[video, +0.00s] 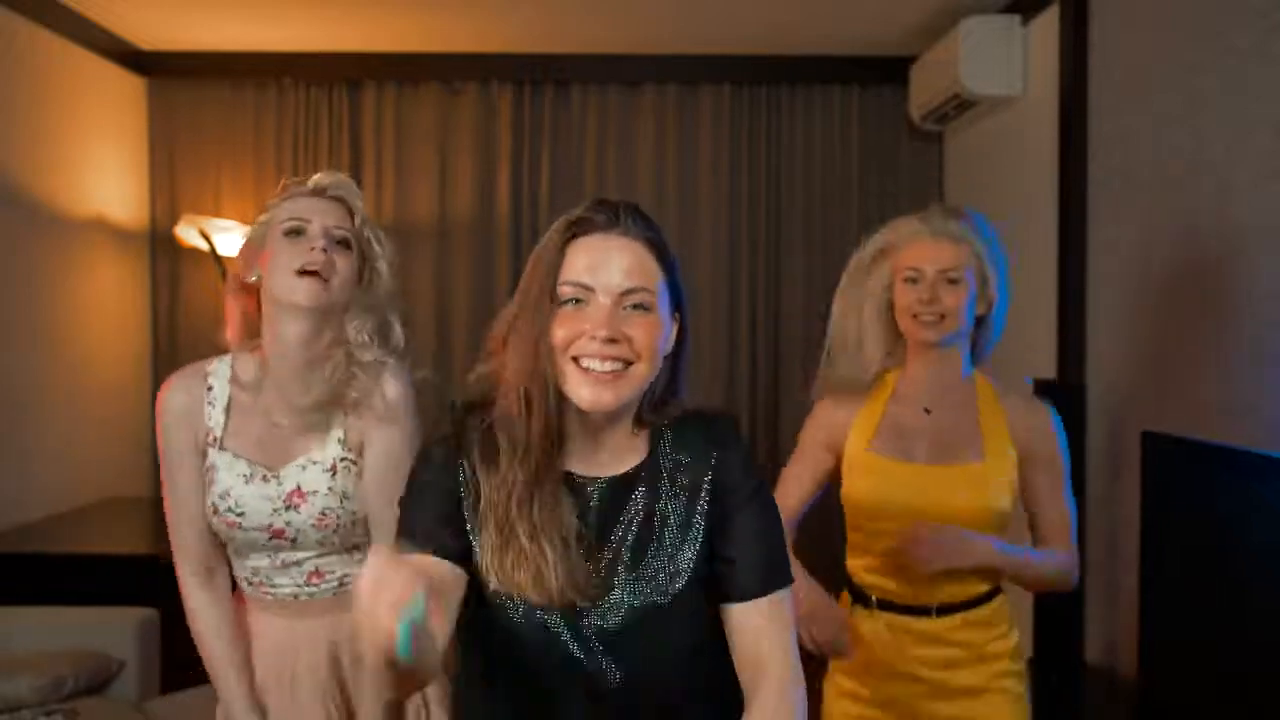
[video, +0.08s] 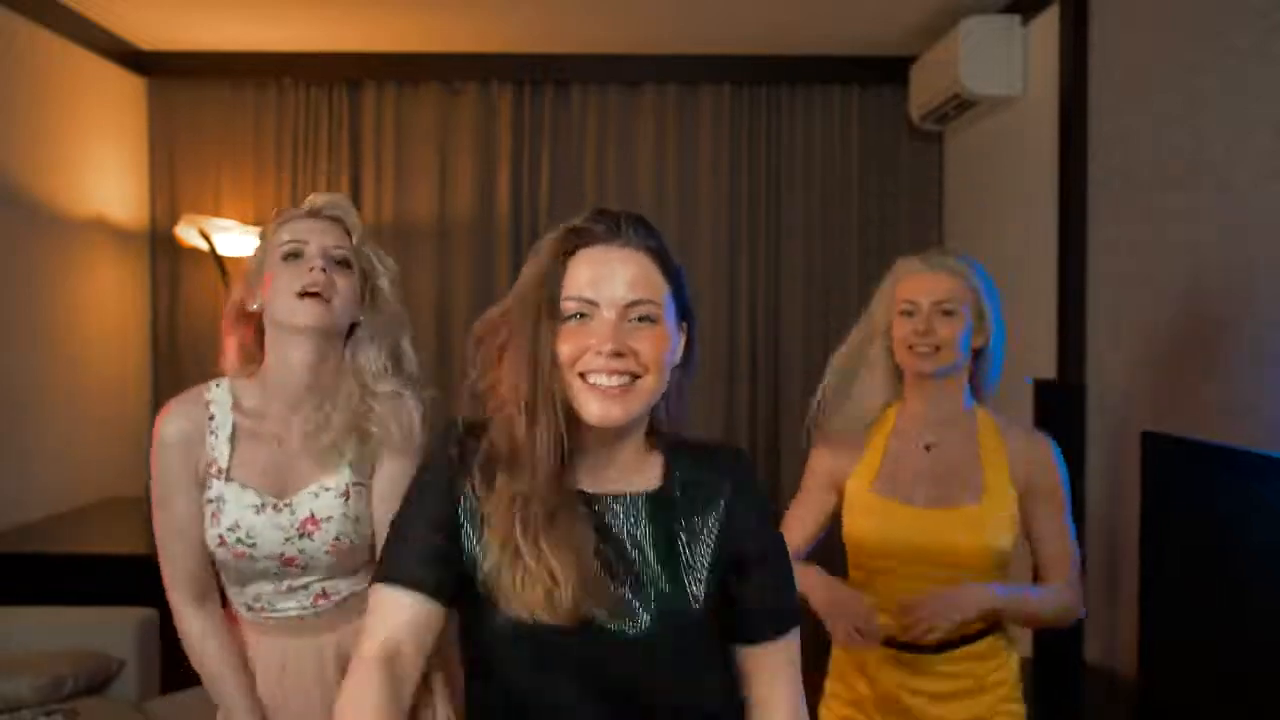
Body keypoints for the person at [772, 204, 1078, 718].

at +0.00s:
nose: (928, 297)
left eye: (951, 281)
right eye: (911, 280)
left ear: (982, 299)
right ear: (887, 295)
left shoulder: (1027, 421)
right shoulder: (841, 415)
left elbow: (1063, 566)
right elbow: (767, 532)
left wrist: (979, 551)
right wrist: (805, 595)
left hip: (980, 676)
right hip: (867, 675)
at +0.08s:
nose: (924, 328)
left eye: (947, 312)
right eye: (907, 312)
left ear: (978, 333)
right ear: (888, 329)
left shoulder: (1027, 455)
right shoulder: (843, 450)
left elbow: (1066, 598)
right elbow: (773, 559)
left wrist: (979, 598)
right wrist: (822, 589)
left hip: (978, 695)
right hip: (864, 695)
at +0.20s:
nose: (908, 289)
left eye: (931, 275)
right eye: (893, 273)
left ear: (965, 296)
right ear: (872, 289)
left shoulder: (1011, 410)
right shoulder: (830, 405)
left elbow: (1040, 551)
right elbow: (776, 537)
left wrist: (961, 564)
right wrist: (823, 510)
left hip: (961, 671)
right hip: (848, 665)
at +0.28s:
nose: (913, 256)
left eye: (934, 242)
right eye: (896, 237)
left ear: (955, 261)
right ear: (863, 249)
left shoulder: (992, 376)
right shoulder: (811, 369)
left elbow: (1016, 513)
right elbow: (761, 505)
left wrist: (945, 536)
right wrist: (809, 459)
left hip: (949, 629)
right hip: (841, 629)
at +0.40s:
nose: (929, 262)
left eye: (930, 248)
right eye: (909, 246)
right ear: (850, 256)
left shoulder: (951, 377)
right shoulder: (786, 383)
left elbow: (984, 504)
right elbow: (749, 509)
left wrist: (950, 536)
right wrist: (802, 426)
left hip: (930, 638)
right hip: (819, 640)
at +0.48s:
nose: (910, 298)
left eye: (906, 286)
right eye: (892, 284)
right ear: (838, 302)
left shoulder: (924, 409)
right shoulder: (784, 438)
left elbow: (952, 525)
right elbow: (769, 608)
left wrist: (954, 568)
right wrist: (784, 478)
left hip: (912, 674)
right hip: (805, 685)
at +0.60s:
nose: (905, 313)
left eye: (892, 302)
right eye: (883, 308)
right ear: (835, 333)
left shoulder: (915, 419)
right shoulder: (784, 440)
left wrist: (946, 560)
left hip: (902, 681)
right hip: (798, 686)